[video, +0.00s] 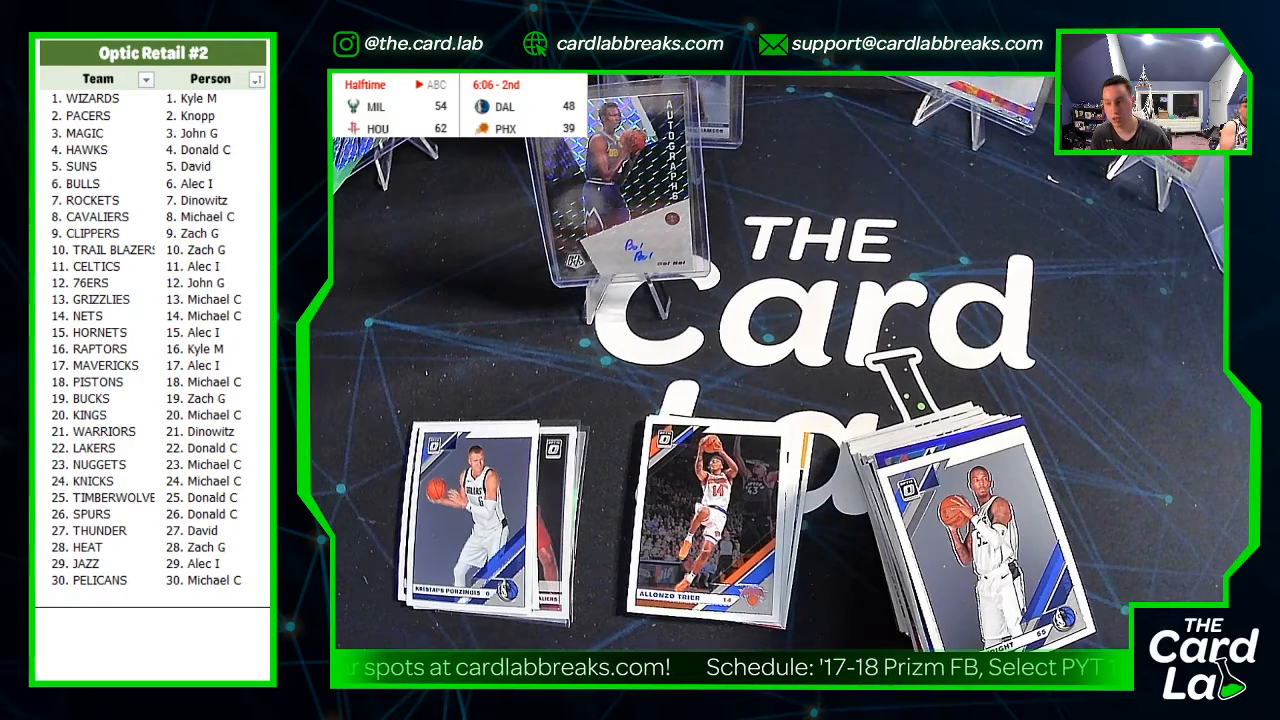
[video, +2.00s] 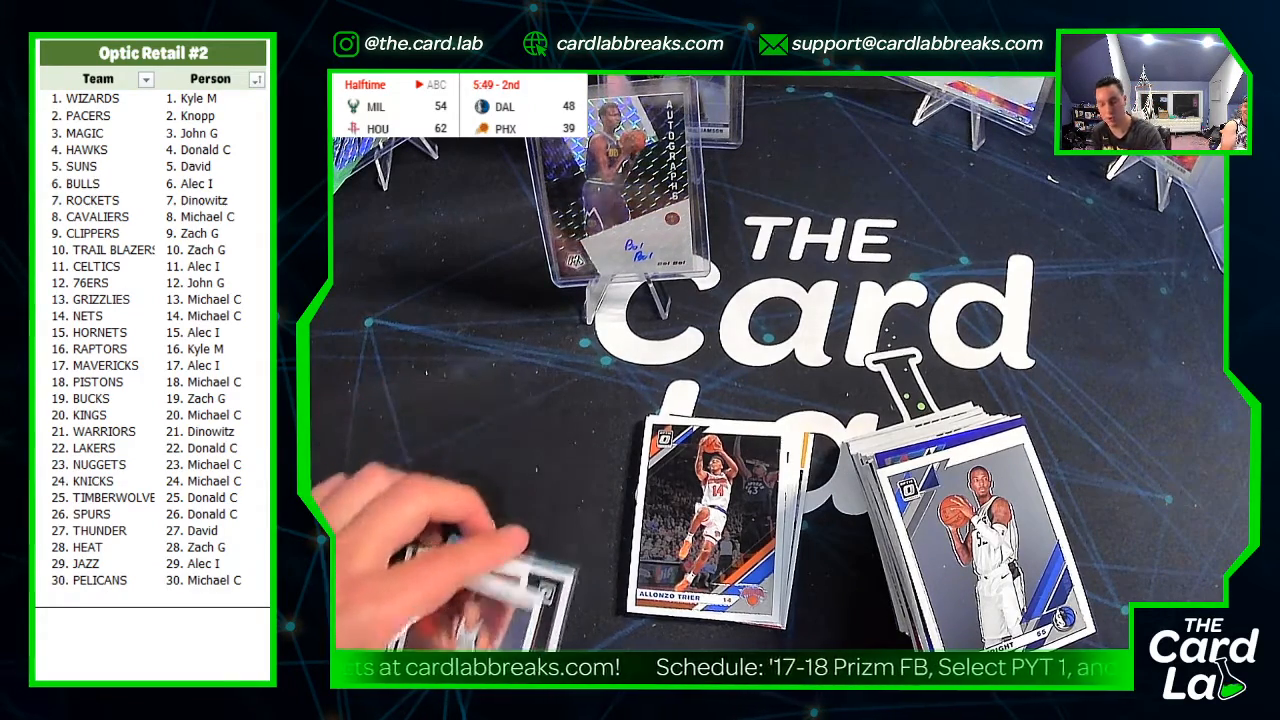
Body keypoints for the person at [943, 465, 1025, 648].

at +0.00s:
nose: (980, 483)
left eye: (984, 479)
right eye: (976, 480)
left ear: (990, 482)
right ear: (970, 485)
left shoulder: (1000, 504)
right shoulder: (975, 518)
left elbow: (997, 539)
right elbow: (965, 559)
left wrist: (973, 517)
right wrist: (953, 530)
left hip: (1007, 579)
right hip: (985, 585)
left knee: (1018, 633)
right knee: (992, 640)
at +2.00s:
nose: (980, 483)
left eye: (983, 478)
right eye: (975, 480)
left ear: (990, 481)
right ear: (970, 485)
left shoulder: (1000, 504)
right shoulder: (974, 517)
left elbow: (997, 539)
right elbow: (965, 559)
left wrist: (972, 517)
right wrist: (954, 530)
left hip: (1007, 579)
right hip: (985, 585)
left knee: (1018, 632)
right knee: (991, 639)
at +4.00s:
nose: (980, 484)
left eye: (983, 479)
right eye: (975, 480)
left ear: (990, 482)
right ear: (970, 486)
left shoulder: (1000, 504)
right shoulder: (974, 518)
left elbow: (997, 538)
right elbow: (965, 559)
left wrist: (972, 517)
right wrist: (953, 530)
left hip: (1007, 579)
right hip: (985, 585)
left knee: (1018, 633)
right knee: (991, 640)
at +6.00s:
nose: (980, 484)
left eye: (983, 480)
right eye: (975, 481)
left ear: (990, 482)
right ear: (970, 486)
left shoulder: (1000, 505)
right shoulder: (975, 518)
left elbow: (997, 539)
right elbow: (965, 559)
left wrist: (972, 517)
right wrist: (953, 531)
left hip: (1006, 578)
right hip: (985, 584)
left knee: (1017, 632)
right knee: (991, 640)